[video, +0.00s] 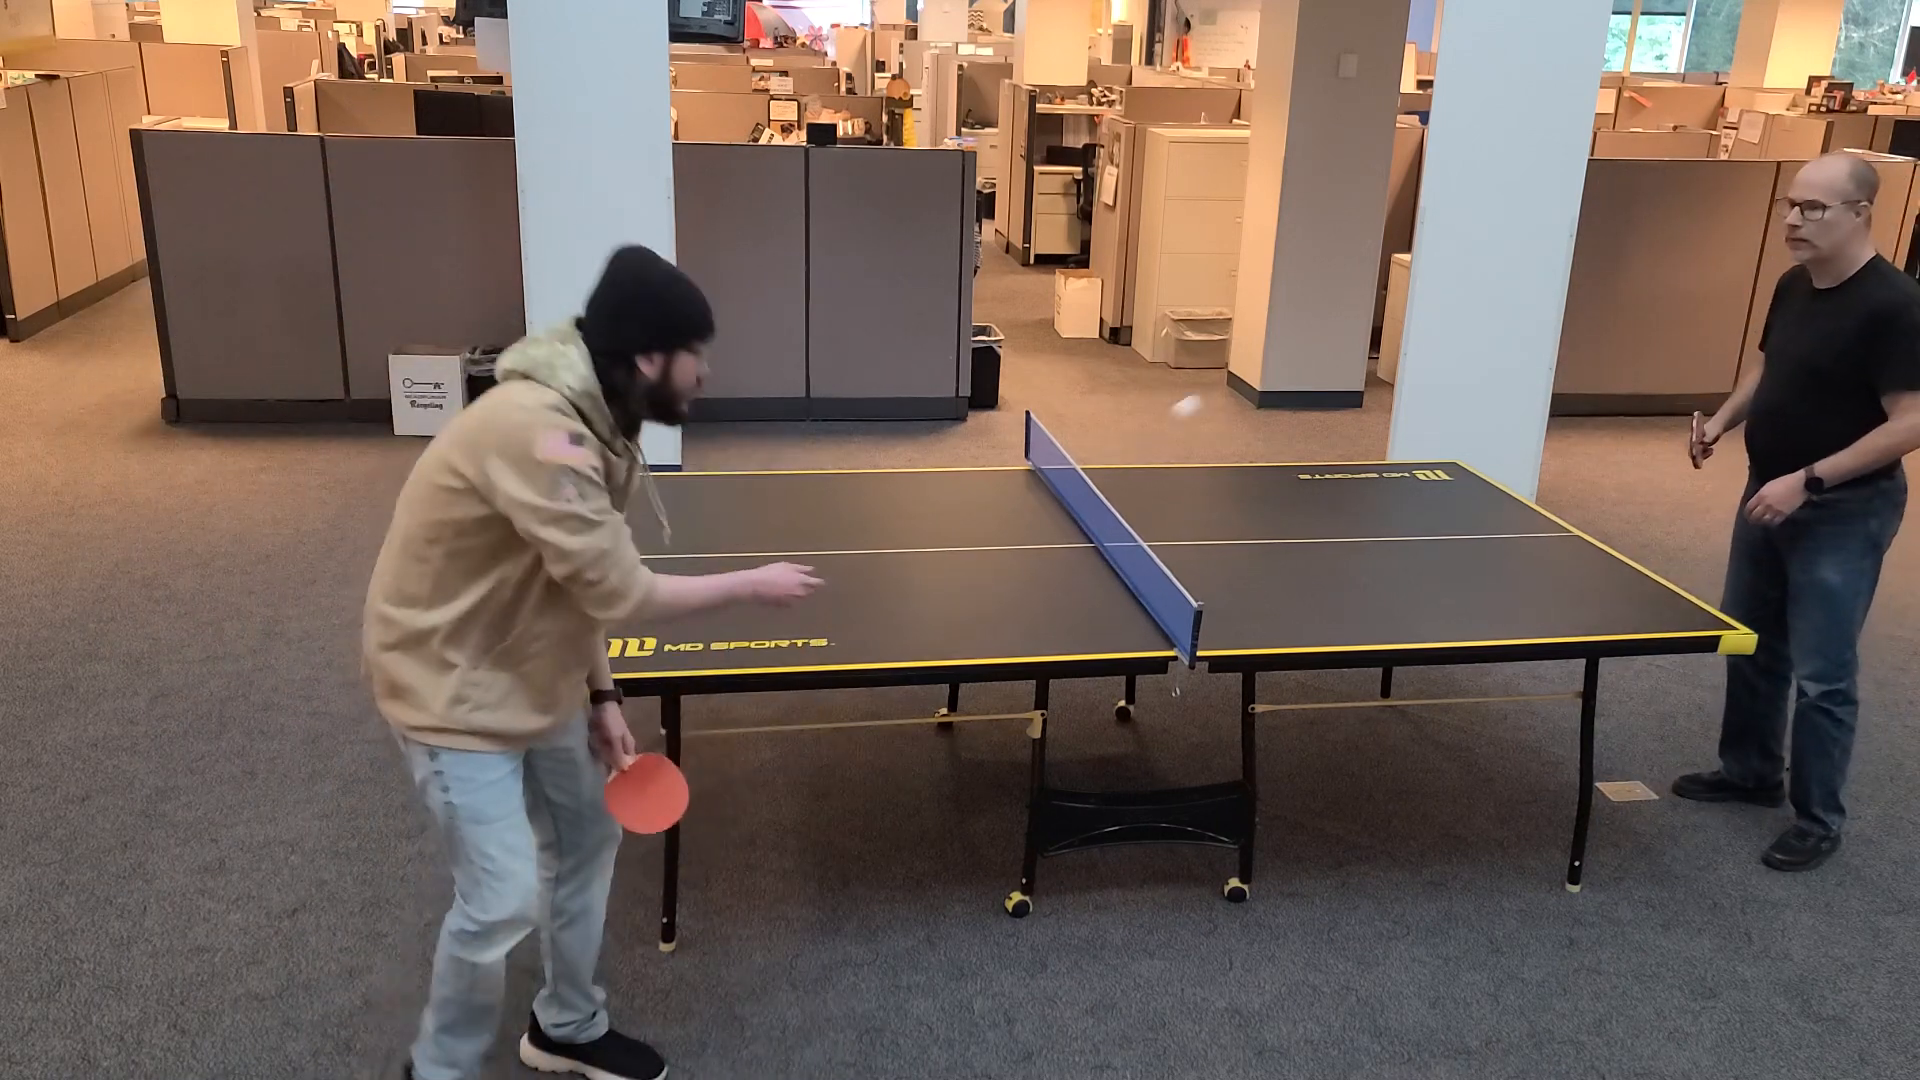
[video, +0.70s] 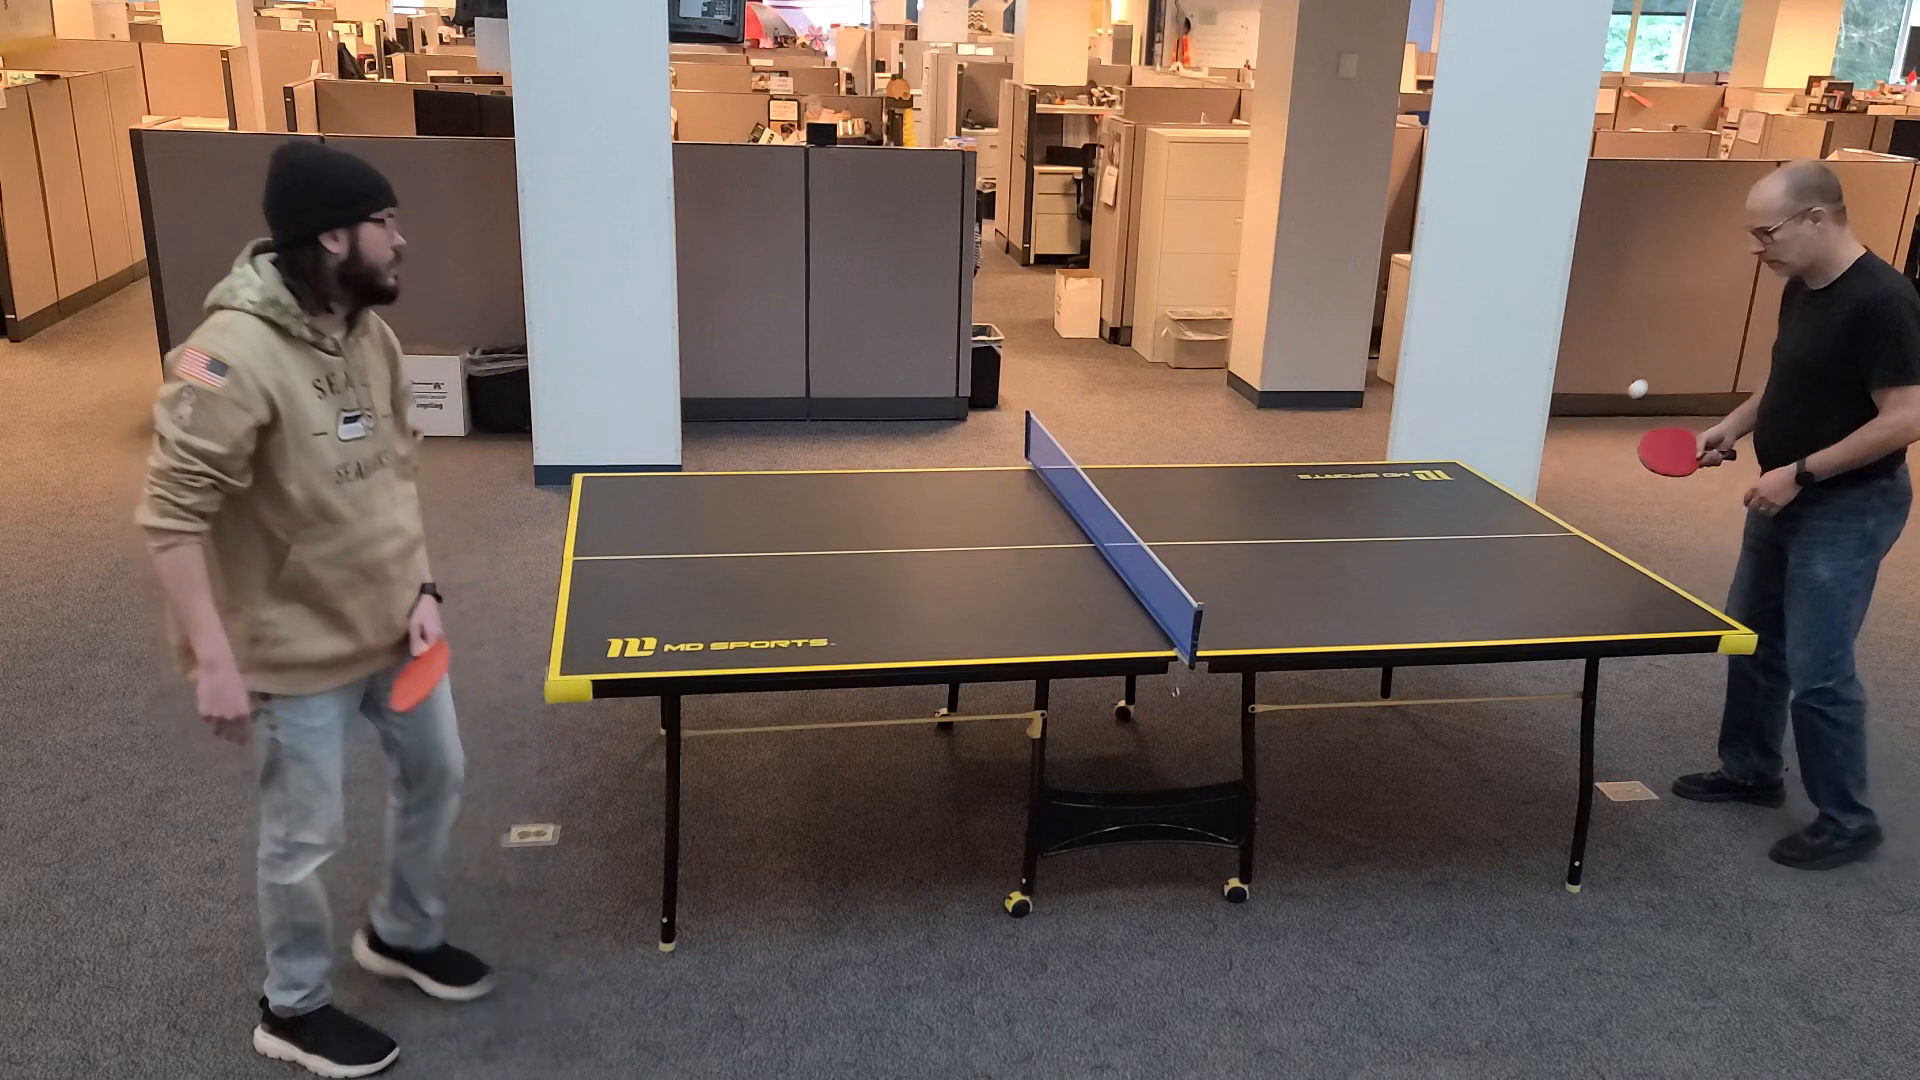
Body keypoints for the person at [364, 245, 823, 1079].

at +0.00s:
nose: (703, 373)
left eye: (703, 355)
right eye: (695, 355)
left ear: (641, 356)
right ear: (644, 358)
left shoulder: (598, 426)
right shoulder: (537, 432)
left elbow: (574, 582)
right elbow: (620, 597)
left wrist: (601, 695)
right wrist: (748, 586)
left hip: (532, 666)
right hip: (445, 674)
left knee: (585, 835)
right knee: (503, 893)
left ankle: (567, 1025)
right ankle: (443, 1067)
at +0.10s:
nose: (664, 327)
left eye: (661, 309)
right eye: (653, 310)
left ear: (601, 319)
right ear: (601, 318)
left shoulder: (573, 398)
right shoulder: (496, 404)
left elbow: (573, 553)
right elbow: (541, 577)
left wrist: (597, 681)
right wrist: (682, 602)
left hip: (532, 660)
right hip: (446, 670)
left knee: (575, 840)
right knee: (488, 886)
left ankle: (567, 1024)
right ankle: (387, 1023)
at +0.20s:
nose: (618, 302)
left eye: (615, 283)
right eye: (604, 284)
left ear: (551, 293)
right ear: (550, 293)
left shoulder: (548, 380)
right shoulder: (448, 386)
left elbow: (556, 546)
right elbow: (451, 567)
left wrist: (579, 669)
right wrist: (595, 642)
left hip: (537, 673)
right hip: (443, 684)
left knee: (570, 848)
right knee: (454, 885)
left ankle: (567, 1022)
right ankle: (340, 984)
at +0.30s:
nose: (566, 292)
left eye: (560, 274)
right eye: (551, 276)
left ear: (505, 289)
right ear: (500, 290)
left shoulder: (512, 385)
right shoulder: (396, 393)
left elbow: (530, 542)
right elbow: (370, 566)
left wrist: (566, 657)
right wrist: (486, 672)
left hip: (513, 677)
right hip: (414, 690)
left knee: (564, 849)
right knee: (415, 879)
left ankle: (568, 1024)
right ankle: (305, 1000)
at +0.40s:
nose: (515, 286)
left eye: (509, 268)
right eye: (498, 270)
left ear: (450, 285)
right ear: (445, 285)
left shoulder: (465, 380)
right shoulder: (345, 392)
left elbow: (493, 529)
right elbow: (296, 566)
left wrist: (535, 641)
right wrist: (388, 688)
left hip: (475, 667)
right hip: (380, 687)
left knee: (529, 842)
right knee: (366, 868)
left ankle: (564, 1020)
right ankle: (295, 1007)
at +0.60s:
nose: (431, 255)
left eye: (426, 238)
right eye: (414, 241)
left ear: (367, 256)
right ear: (359, 257)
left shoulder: (391, 348)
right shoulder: (260, 373)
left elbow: (415, 493)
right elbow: (204, 536)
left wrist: (447, 601)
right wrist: (250, 683)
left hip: (410, 639)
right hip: (321, 660)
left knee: (460, 806)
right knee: (325, 845)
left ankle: (475, 984)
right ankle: (293, 1006)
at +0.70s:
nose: (402, 239)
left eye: (396, 220)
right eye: (384, 225)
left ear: (341, 237)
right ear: (327, 242)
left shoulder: (368, 333)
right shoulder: (228, 361)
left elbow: (392, 473)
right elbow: (169, 522)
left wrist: (419, 584)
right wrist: (215, 660)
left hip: (389, 625)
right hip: (297, 648)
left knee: (436, 773)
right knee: (302, 836)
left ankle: (405, 932)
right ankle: (292, 1002)